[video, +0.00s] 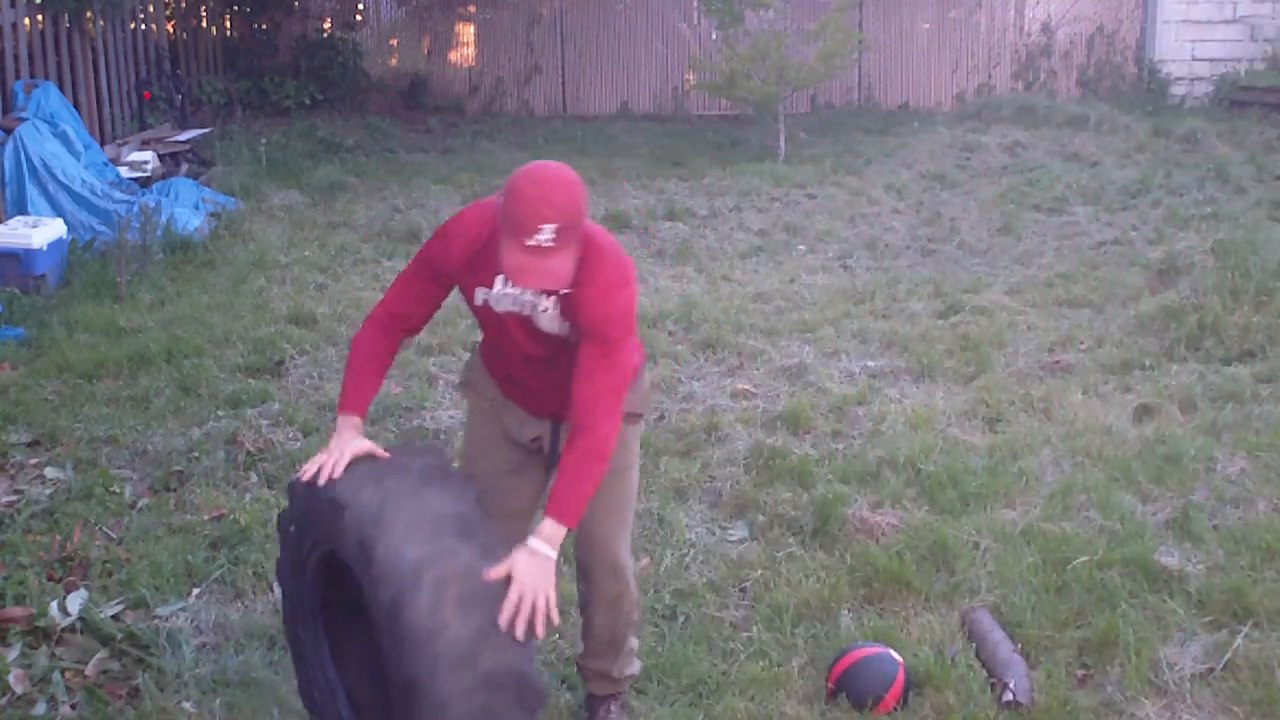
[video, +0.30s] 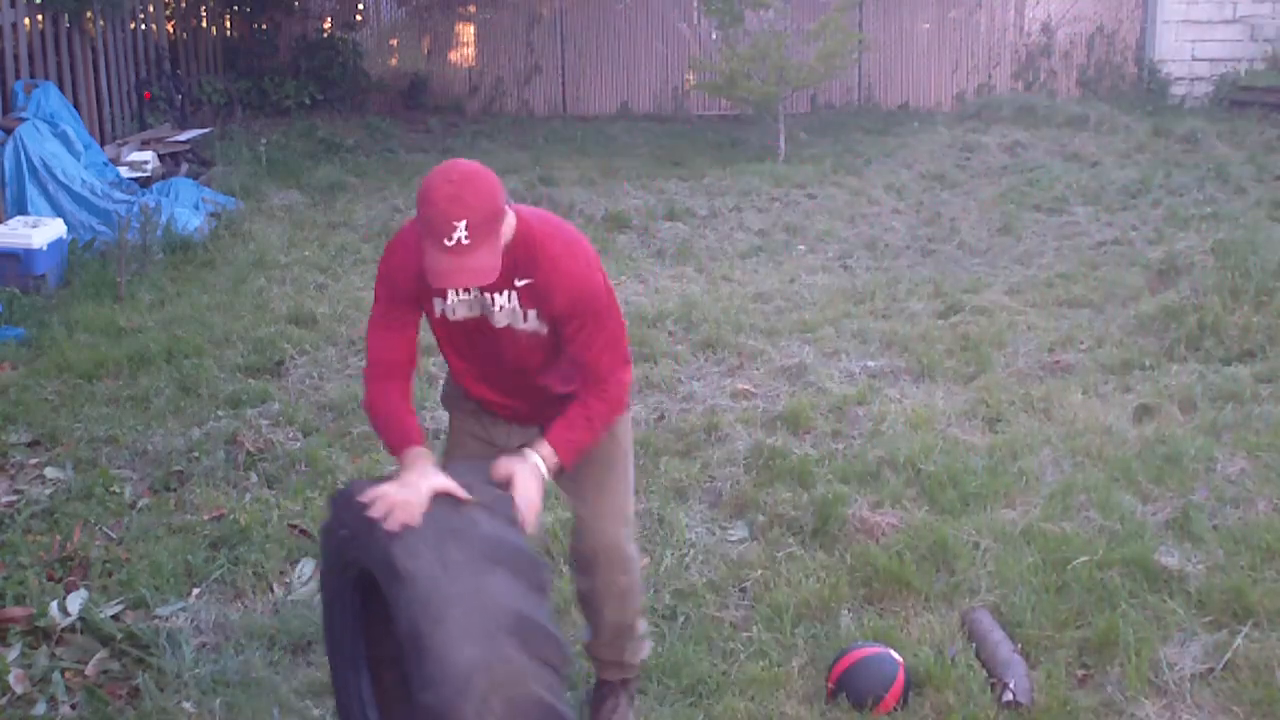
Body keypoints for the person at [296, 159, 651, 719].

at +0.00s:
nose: (539, 277)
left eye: (552, 266)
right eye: (526, 265)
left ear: (578, 239)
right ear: (501, 230)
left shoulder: (607, 272)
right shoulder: (465, 239)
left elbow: (596, 421)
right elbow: (387, 324)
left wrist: (546, 544)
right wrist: (348, 426)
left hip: (602, 409)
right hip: (504, 396)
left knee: (605, 556)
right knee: (486, 548)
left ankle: (607, 691)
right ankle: (483, 684)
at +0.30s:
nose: (462, 277)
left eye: (475, 262)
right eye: (449, 265)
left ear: (506, 226)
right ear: (424, 236)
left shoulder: (562, 258)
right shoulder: (410, 255)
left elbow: (609, 384)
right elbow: (385, 373)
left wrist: (541, 457)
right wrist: (413, 457)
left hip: (585, 411)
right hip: (483, 412)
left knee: (605, 546)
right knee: (459, 548)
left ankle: (615, 678)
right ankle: (462, 683)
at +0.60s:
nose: (583, 251)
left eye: (594, 235)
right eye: (569, 234)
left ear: (612, 221)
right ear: (529, 217)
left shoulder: (638, 268)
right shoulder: (479, 260)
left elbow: (605, 397)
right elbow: (431, 379)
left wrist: (527, 471)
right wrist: (422, 482)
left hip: (611, 423)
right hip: (502, 430)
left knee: (648, 563)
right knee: (486, 580)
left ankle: (669, 706)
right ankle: (483, 705)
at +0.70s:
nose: (655, 265)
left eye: (667, 252)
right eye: (645, 248)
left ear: (683, 238)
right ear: (601, 218)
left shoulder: (688, 285)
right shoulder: (534, 257)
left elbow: (635, 416)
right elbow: (460, 376)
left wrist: (551, 484)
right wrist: (427, 506)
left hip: (625, 447)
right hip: (515, 447)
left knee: (660, 585)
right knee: (486, 596)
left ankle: (674, 712)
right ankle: (474, 709)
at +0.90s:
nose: (732, 285)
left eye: (746, 272)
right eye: (725, 263)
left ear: (760, 260)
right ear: (683, 227)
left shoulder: (742, 303)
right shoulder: (589, 273)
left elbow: (695, 437)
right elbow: (535, 414)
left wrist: (605, 504)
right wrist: (545, 557)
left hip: (655, 459)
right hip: (552, 452)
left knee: (683, 611)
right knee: (537, 620)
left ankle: (685, 710)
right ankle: (525, 710)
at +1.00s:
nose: (735, 270)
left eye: (749, 256)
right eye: (727, 248)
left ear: (763, 248)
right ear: (683, 215)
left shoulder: (749, 297)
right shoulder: (591, 276)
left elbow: (702, 427)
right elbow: (568, 432)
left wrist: (631, 501)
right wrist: (601, 569)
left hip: (660, 446)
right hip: (551, 434)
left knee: (685, 633)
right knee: (556, 621)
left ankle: (686, 707)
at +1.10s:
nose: (726, 243)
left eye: (739, 226)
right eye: (716, 220)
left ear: (753, 216)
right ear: (669, 193)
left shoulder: (744, 281)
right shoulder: (586, 266)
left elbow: (704, 414)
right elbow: (576, 429)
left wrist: (657, 505)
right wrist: (626, 556)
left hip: (656, 438)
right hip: (549, 430)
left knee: (681, 626)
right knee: (572, 619)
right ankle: (557, 707)